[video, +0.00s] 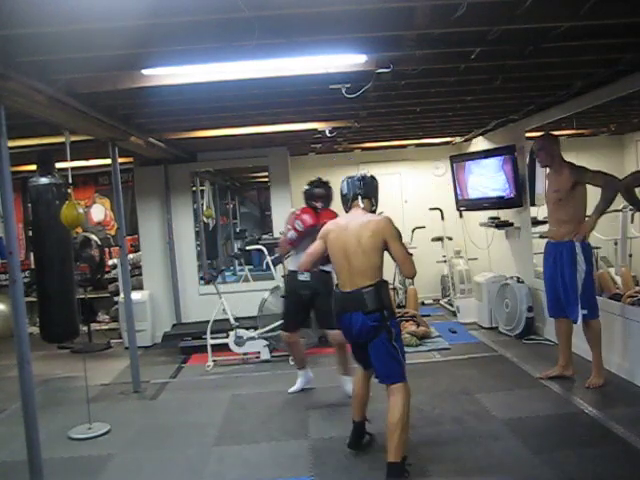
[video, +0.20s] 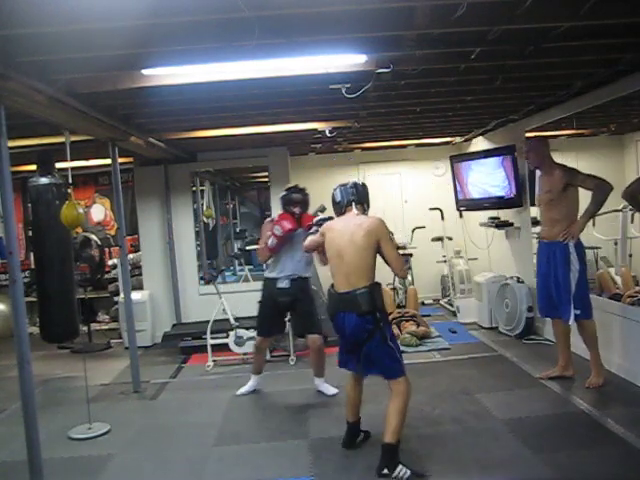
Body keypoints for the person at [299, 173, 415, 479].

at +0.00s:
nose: (375, 203)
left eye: (372, 199)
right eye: (374, 198)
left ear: (345, 200)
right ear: (371, 199)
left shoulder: (330, 228)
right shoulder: (381, 224)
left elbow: (304, 265)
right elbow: (408, 271)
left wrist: (327, 254)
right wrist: (397, 248)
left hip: (345, 312)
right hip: (375, 311)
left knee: (364, 367)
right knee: (397, 385)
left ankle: (357, 433)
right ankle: (395, 467)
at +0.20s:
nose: (366, 208)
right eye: (366, 204)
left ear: (338, 207)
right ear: (363, 203)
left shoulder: (328, 228)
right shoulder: (374, 224)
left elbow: (307, 245)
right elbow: (400, 270)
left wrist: (329, 243)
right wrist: (398, 253)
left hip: (338, 308)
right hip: (366, 308)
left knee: (355, 373)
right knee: (399, 384)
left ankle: (351, 433)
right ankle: (389, 462)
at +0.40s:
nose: (368, 198)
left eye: (363, 195)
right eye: (366, 194)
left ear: (338, 197)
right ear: (362, 194)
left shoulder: (325, 222)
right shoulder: (376, 216)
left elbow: (301, 262)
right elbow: (399, 262)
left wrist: (326, 247)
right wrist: (397, 249)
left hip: (334, 299)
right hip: (366, 299)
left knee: (343, 364)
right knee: (381, 377)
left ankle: (344, 431)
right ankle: (381, 463)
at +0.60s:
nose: (361, 201)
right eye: (360, 197)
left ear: (331, 200)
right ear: (356, 198)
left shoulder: (318, 224)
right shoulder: (369, 220)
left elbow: (291, 260)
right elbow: (391, 263)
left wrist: (308, 239)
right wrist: (383, 242)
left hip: (330, 303)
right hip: (361, 304)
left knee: (337, 369)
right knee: (388, 377)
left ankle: (327, 433)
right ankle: (381, 460)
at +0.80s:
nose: (357, 207)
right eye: (357, 202)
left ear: (329, 206)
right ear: (355, 203)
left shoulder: (318, 230)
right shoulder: (370, 226)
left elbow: (291, 270)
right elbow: (388, 272)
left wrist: (316, 252)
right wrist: (368, 252)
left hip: (325, 308)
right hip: (358, 308)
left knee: (332, 359)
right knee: (384, 379)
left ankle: (319, 424)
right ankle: (386, 463)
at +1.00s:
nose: (343, 210)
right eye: (343, 205)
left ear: (315, 210)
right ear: (340, 207)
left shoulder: (305, 231)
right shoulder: (355, 229)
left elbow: (276, 247)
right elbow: (381, 271)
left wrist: (291, 238)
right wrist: (361, 248)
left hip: (317, 311)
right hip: (347, 310)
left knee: (324, 370)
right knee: (381, 379)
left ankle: (311, 431)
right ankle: (382, 461)